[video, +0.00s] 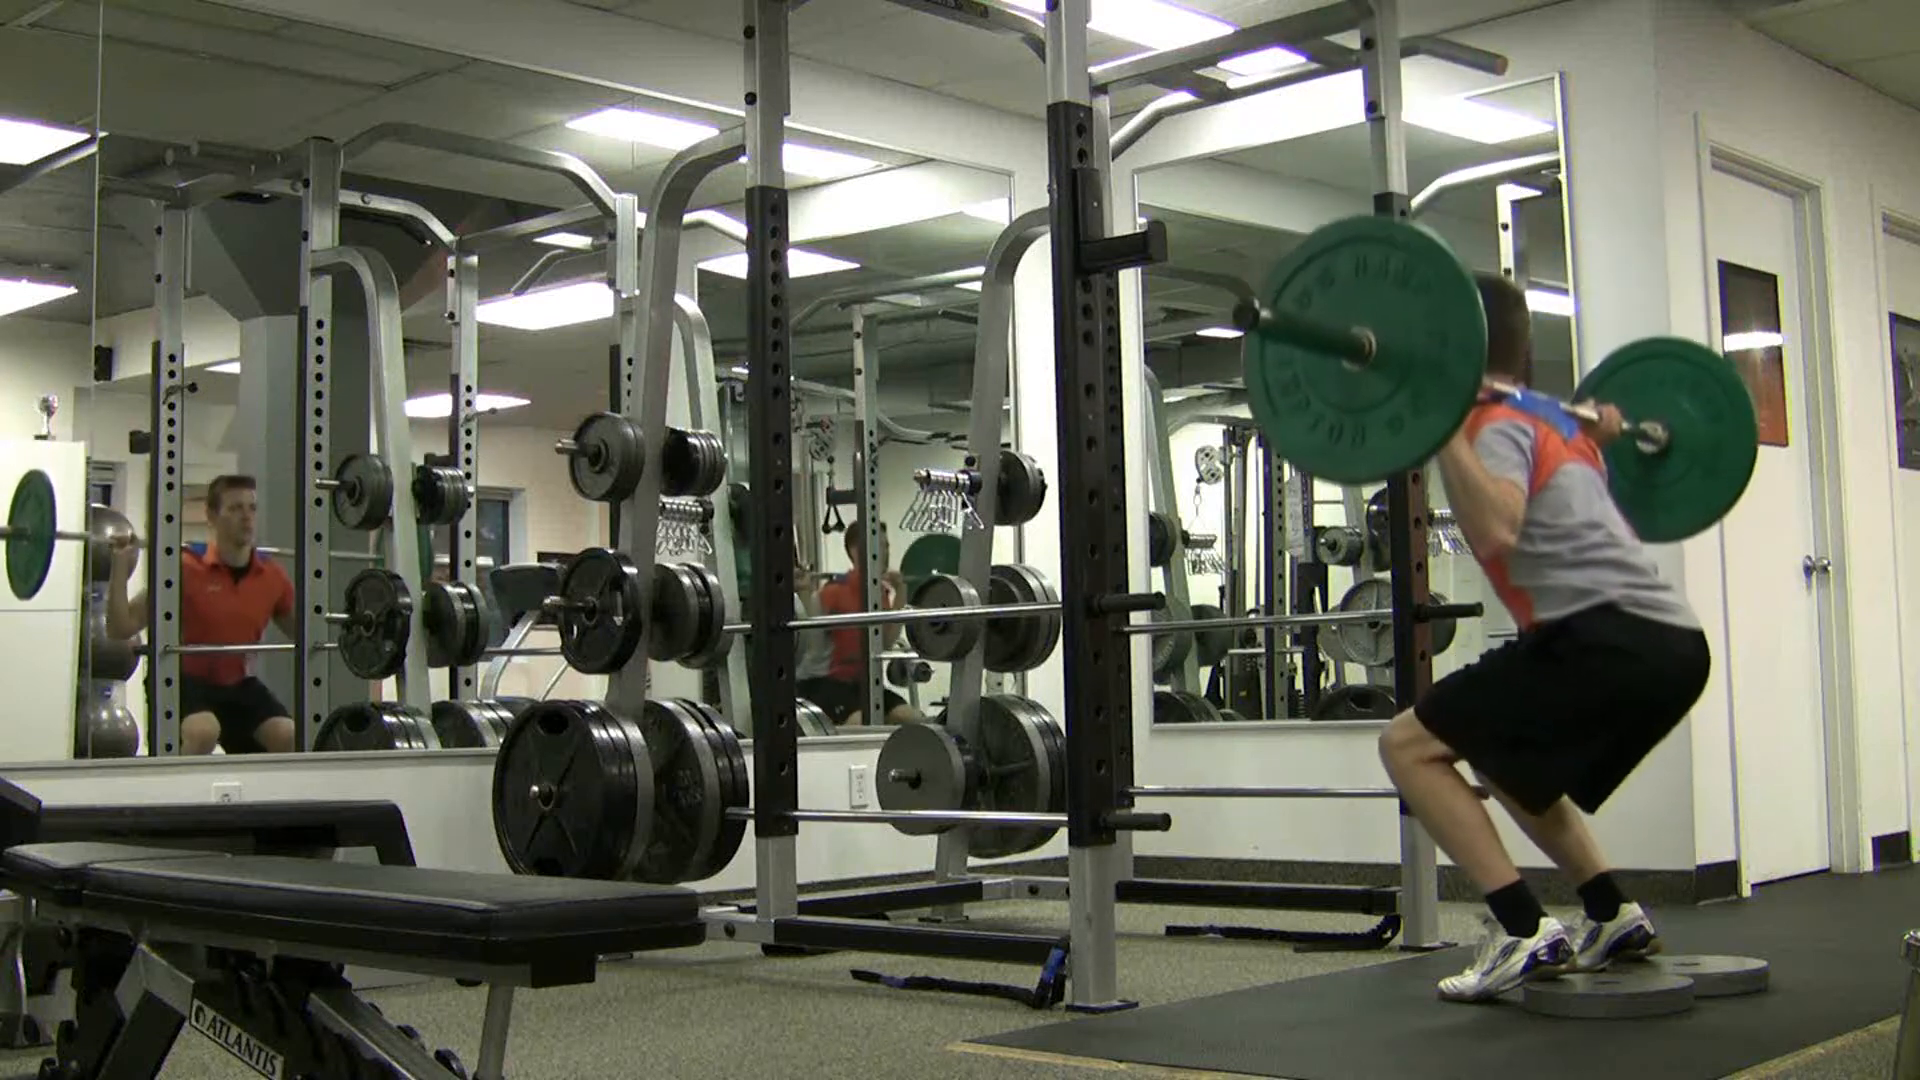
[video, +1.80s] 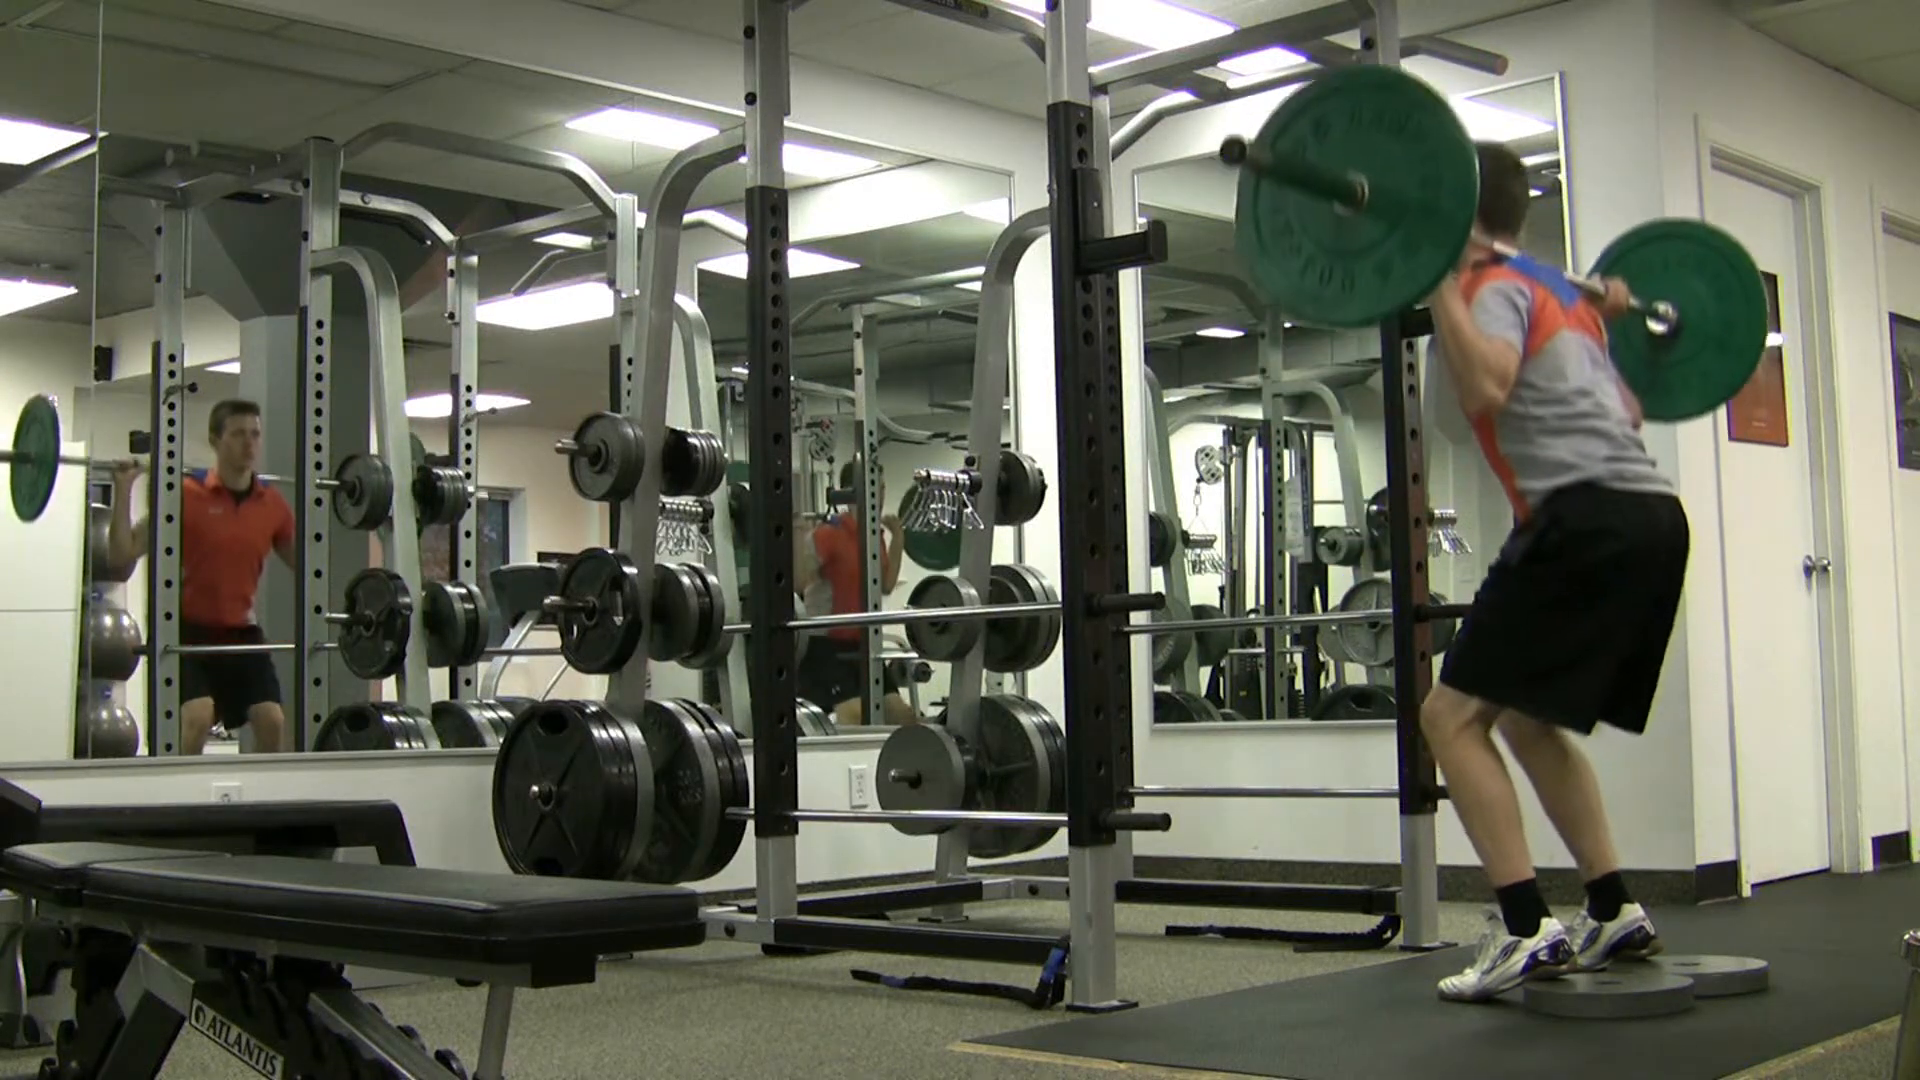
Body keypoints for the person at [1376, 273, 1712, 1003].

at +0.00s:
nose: (1429, 360)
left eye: (1438, 343)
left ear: (1456, 351)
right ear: (1517, 351)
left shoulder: (1499, 421)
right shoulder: (1560, 421)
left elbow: (1495, 532)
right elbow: (1579, 496)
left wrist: (1441, 427)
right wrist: (1593, 435)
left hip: (1600, 636)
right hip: (1675, 647)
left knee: (1408, 745)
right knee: (1511, 769)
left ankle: (1521, 929)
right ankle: (1612, 913)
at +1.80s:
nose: (1439, 229)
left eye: (1444, 213)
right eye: (1447, 214)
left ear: (1462, 216)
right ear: (1521, 219)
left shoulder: (1496, 284)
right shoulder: (1566, 294)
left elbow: (1487, 388)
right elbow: (1627, 408)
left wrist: (1440, 287)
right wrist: (1610, 317)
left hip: (1582, 520)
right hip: (1652, 521)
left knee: (1449, 715)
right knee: (1525, 718)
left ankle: (1522, 930)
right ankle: (1615, 911)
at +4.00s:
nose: (1435, 375)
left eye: (1439, 362)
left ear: (1450, 370)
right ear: (1523, 373)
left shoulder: (1498, 442)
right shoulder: (1566, 440)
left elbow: (1501, 559)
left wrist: (1441, 452)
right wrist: (1599, 453)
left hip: (1604, 658)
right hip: (1682, 666)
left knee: (1408, 747)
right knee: (1511, 771)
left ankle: (1524, 929)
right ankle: (1613, 913)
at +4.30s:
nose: (1431, 421)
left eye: (1436, 408)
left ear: (1446, 418)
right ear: (1521, 422)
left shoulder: (1497, 494)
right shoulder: (1564, 487)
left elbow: (1502, 610)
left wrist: (1437, 502)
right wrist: (1599, 497)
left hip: (1617, 699)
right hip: (1683, 710)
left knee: (1403, 750)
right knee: (1507, 777)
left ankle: (1523, 929)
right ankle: (1611, 913)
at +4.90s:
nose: (1427, 369)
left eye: (1431, 355)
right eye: (1428, 356)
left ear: (1448, 363)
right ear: (1512, 366)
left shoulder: (1494, 434)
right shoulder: (1558, 434)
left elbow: (1493, 546)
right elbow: (1586, 514)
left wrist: (1432, 443)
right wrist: (1594, 448)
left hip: (1606, 642)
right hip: (1682, 647)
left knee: (1413, 744)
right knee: (1513, 765)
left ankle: (1523, 928)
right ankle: (1612, 912)